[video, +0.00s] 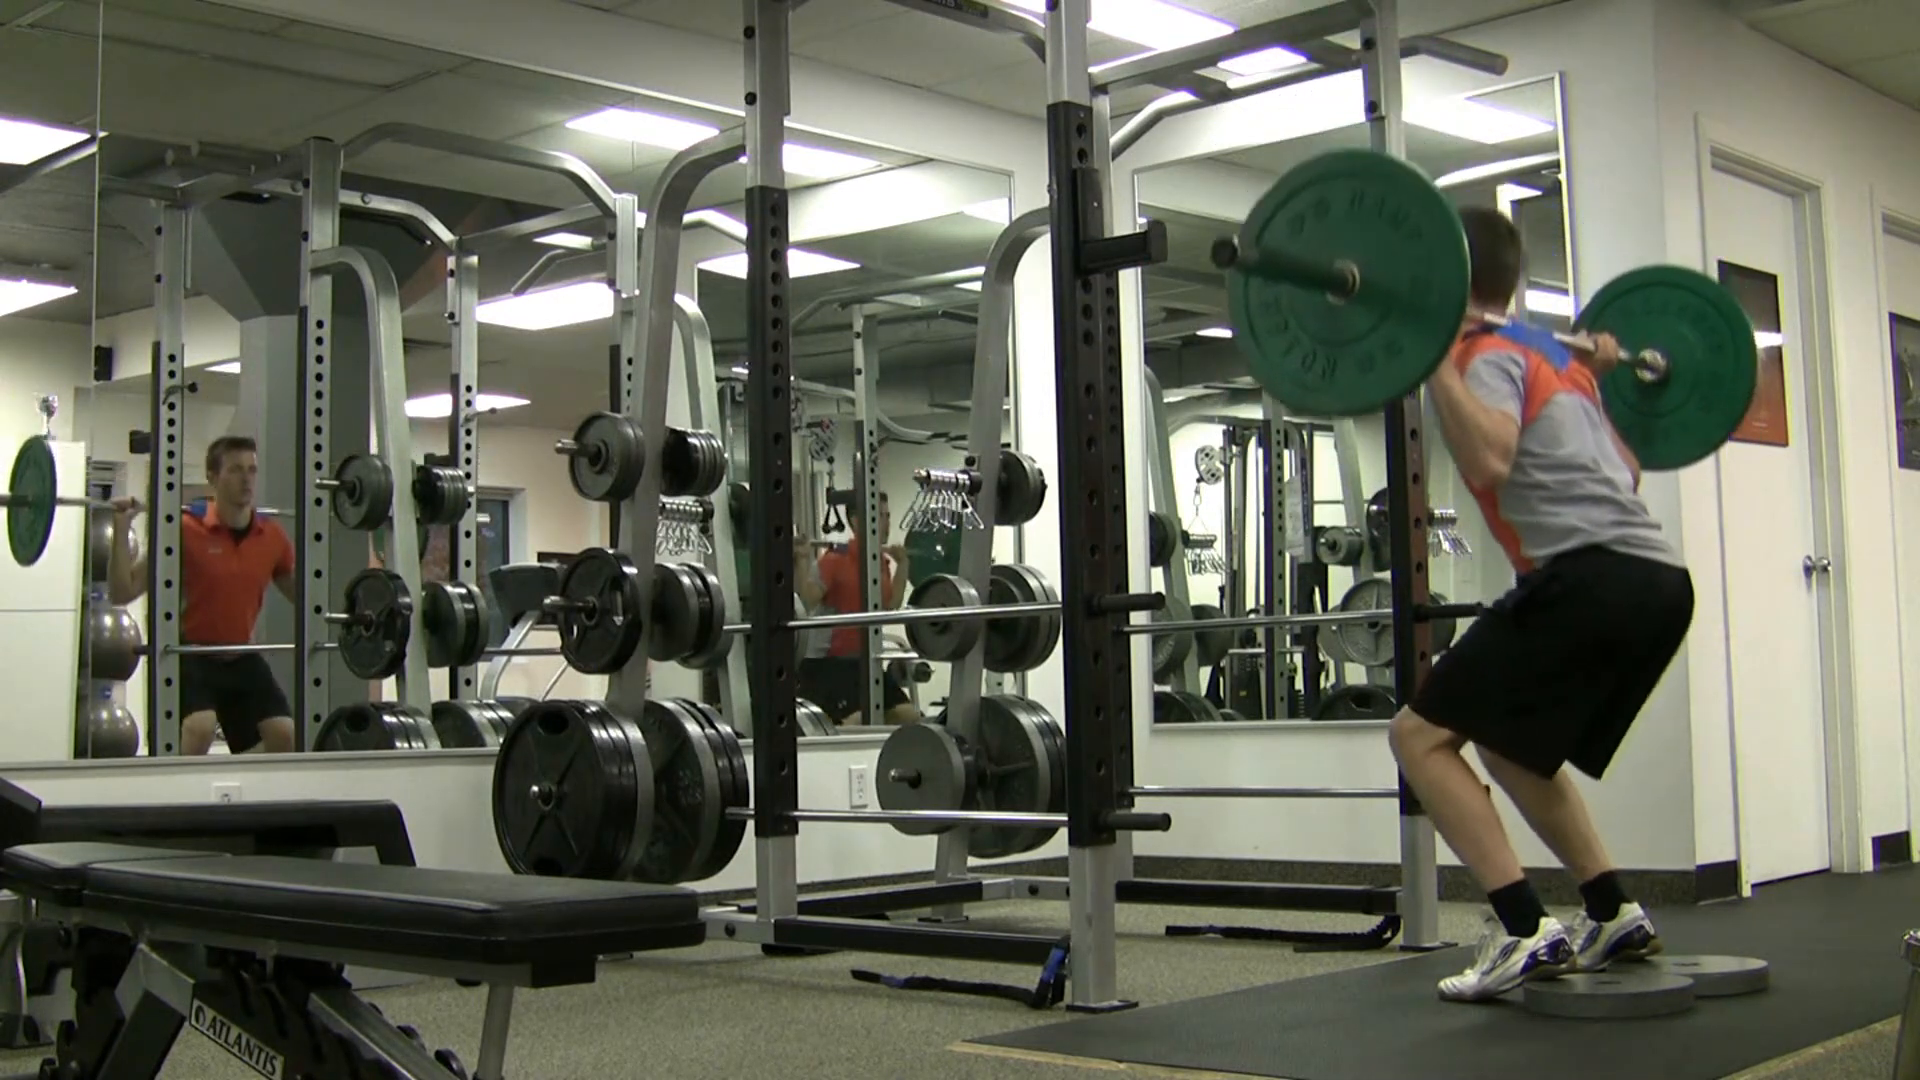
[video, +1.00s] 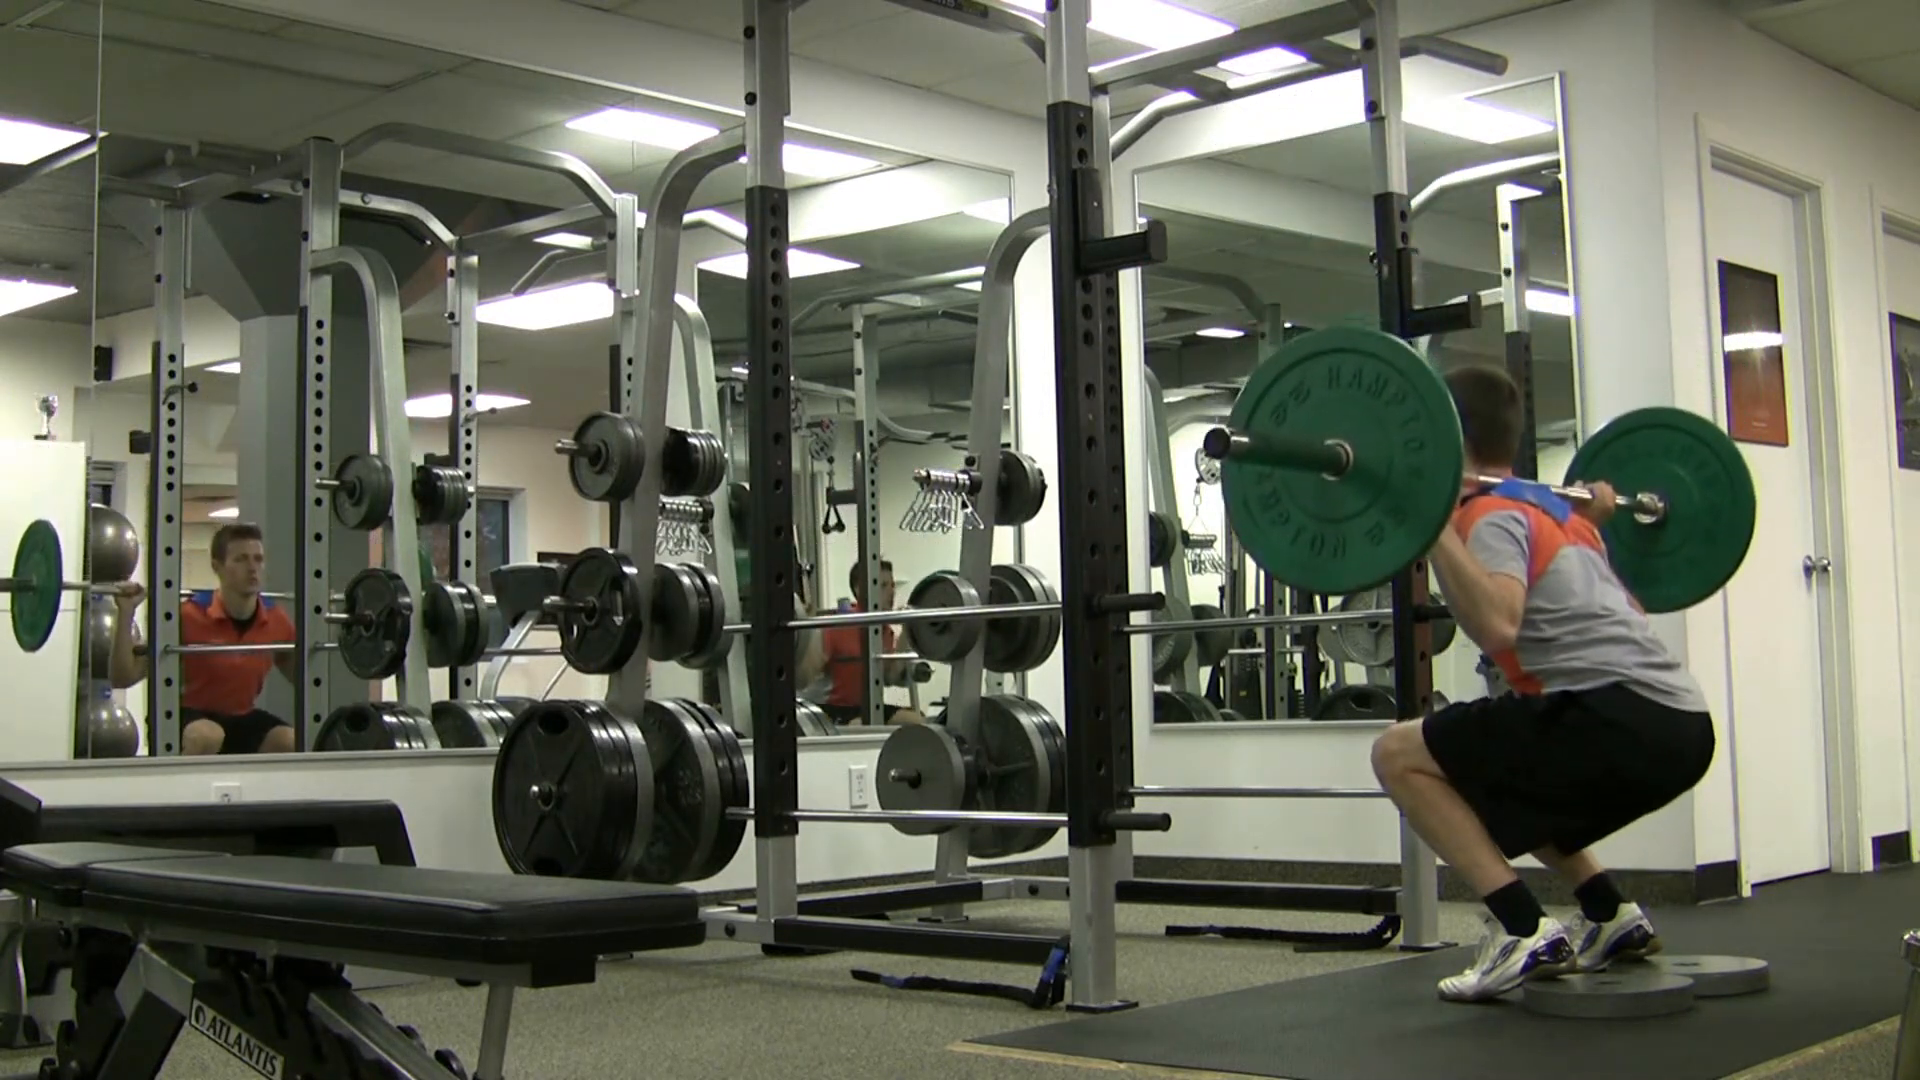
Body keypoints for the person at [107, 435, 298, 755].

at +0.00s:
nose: (247, 479)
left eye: (252, 470)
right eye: (236, 470)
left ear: (258, 476)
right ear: (213, 477)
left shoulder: (271, 535)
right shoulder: (184, 530)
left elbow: (306, 600)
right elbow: (122, 593)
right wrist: (121, 527)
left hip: (242, 657)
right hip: (190, 656)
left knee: (282, 733)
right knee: (200, 728)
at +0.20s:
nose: (248, 502)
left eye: (253, 493)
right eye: (236, 493)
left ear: (259, 499)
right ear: (213, 500)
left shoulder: (272, 559)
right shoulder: (183, 552)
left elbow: (305, 620)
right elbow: (120, 615)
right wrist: (121, 552)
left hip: (239, 672)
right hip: (187, 669)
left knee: (284, 734)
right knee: (203, 730)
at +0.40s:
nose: (248, 524)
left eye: (254, 515)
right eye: (237, 515)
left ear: (260, 519)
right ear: (213, 522)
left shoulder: (272, 580)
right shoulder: (184, 574)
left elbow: (306, 639)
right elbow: (125, 635)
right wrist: (121, 573)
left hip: (237, 687)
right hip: (184, 685)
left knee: (288, 737)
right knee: (206, 732)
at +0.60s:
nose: (250, 543)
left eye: (256, 535)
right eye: (239, 535)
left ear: (262, 539)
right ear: (215, 541)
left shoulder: (275, 598)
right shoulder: (186, 594)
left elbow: (310, 647)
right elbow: (125, 650)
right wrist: (124, 586)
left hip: (241, 701)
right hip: (189, 700)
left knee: (290, 739)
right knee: (207, 735)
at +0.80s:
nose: (252, 557)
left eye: (257, 549)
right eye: (241, 550)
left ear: (264, 554)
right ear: (217, 557)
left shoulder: (275, 611)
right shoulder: (186, 607)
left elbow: (307, 672)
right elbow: (125, 668)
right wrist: (126, 600)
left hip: (243, 712)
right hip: (191, 709)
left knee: (290, 741)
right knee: (207, 736)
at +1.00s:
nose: (253, 568)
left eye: (258, 559)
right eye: (241, 559)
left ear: (264, 564)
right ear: (217, 566)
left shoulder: (275, 620)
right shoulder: (188, 616)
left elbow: (303, 679)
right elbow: (123, 677)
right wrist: (126, 613)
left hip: (244, 718)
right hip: (191, 715)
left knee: (293, 742)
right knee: (207, 736)